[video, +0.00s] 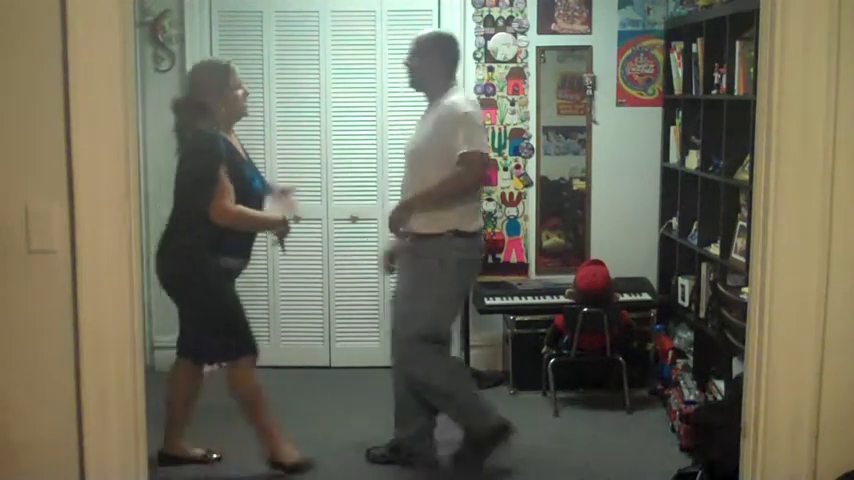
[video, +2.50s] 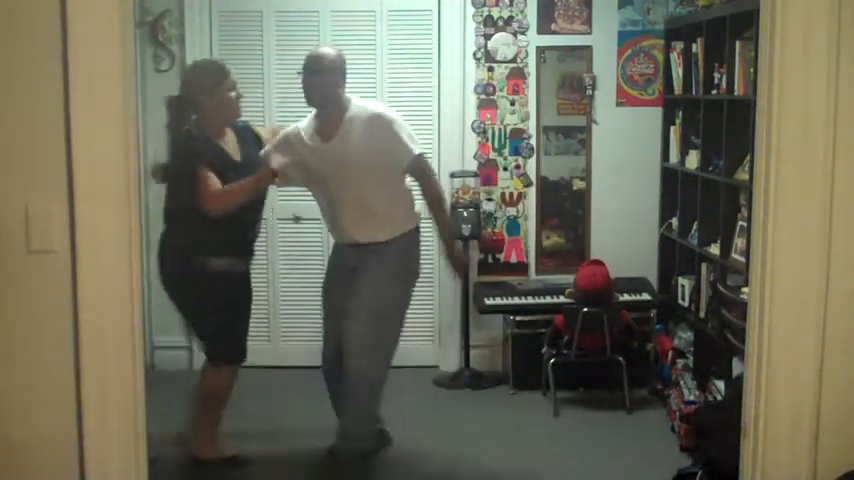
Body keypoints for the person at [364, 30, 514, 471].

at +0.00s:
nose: (407, 63)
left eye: (415, 55)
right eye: (409, 56)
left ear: (441, 61)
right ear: (436, 63)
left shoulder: (461, 110)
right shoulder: (434, 116)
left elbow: (473, 173)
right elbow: (434, 190)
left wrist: (410, 205)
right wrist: (404, 243)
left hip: (448, 247)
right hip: (425, 246)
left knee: (417, 346)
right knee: (409, 345)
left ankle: (485, 426)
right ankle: (412, 444)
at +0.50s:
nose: (452, 79)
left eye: (456, 72)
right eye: (452, 72)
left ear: (473, 73)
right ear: (495, 72)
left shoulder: (460, 125)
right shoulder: (534, 119)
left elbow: (445, 199)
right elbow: (573, 185)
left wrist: (434, 258)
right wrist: (576, 239)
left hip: (485, 256)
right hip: (533, 252)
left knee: (477, 357)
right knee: (530, 343)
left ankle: (504, 446)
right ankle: (578, 426)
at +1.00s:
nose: (421, 89)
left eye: (428, 81)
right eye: (423, 81)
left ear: (450, 82)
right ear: (457, 82)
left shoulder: (464, 127)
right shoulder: (476, 123)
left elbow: (479, 191)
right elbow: (480, 191)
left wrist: (458, 253)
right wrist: (445, 232)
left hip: (488, 260)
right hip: (497, 258)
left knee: (448, 350)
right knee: (505, 350)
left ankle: (448, 442)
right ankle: (569, 419)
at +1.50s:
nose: (462, 68)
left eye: (460, 59)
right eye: (456, 59)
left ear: (427, 63)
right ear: (439, 64)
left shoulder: (432, 117)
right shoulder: (416, 115)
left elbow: (423, 188)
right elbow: (394, 185)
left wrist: (464, 217)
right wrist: (461, 213)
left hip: (415, 244)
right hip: (405, 246)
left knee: (417, 348)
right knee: (426, 349)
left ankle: (401, 449)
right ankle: (409, 453)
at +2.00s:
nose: (335, 78)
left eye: (341, 71)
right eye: (337, 71)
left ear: (359, 74)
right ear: (378, 75)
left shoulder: (347, 121)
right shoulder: (407, 128)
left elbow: (329, 191)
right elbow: (434, 197)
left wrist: (293, 230)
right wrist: (431, 258)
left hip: (349, 264)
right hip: (396, 262)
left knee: (312, 359)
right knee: (382, 365)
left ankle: (318, 459)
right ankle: (396, 458)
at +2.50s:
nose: (310, 82)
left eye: (320, 74)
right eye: (307, 74)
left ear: (341, 79)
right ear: (301, 80)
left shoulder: (377, 122)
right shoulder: (295, 140)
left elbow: (425, 175)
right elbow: (248, 178)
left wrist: (451, 243)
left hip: (394, 246)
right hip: (347, 248)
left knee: (364, 342)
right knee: (336, 349)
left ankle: (352, 446)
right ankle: (366, 432)